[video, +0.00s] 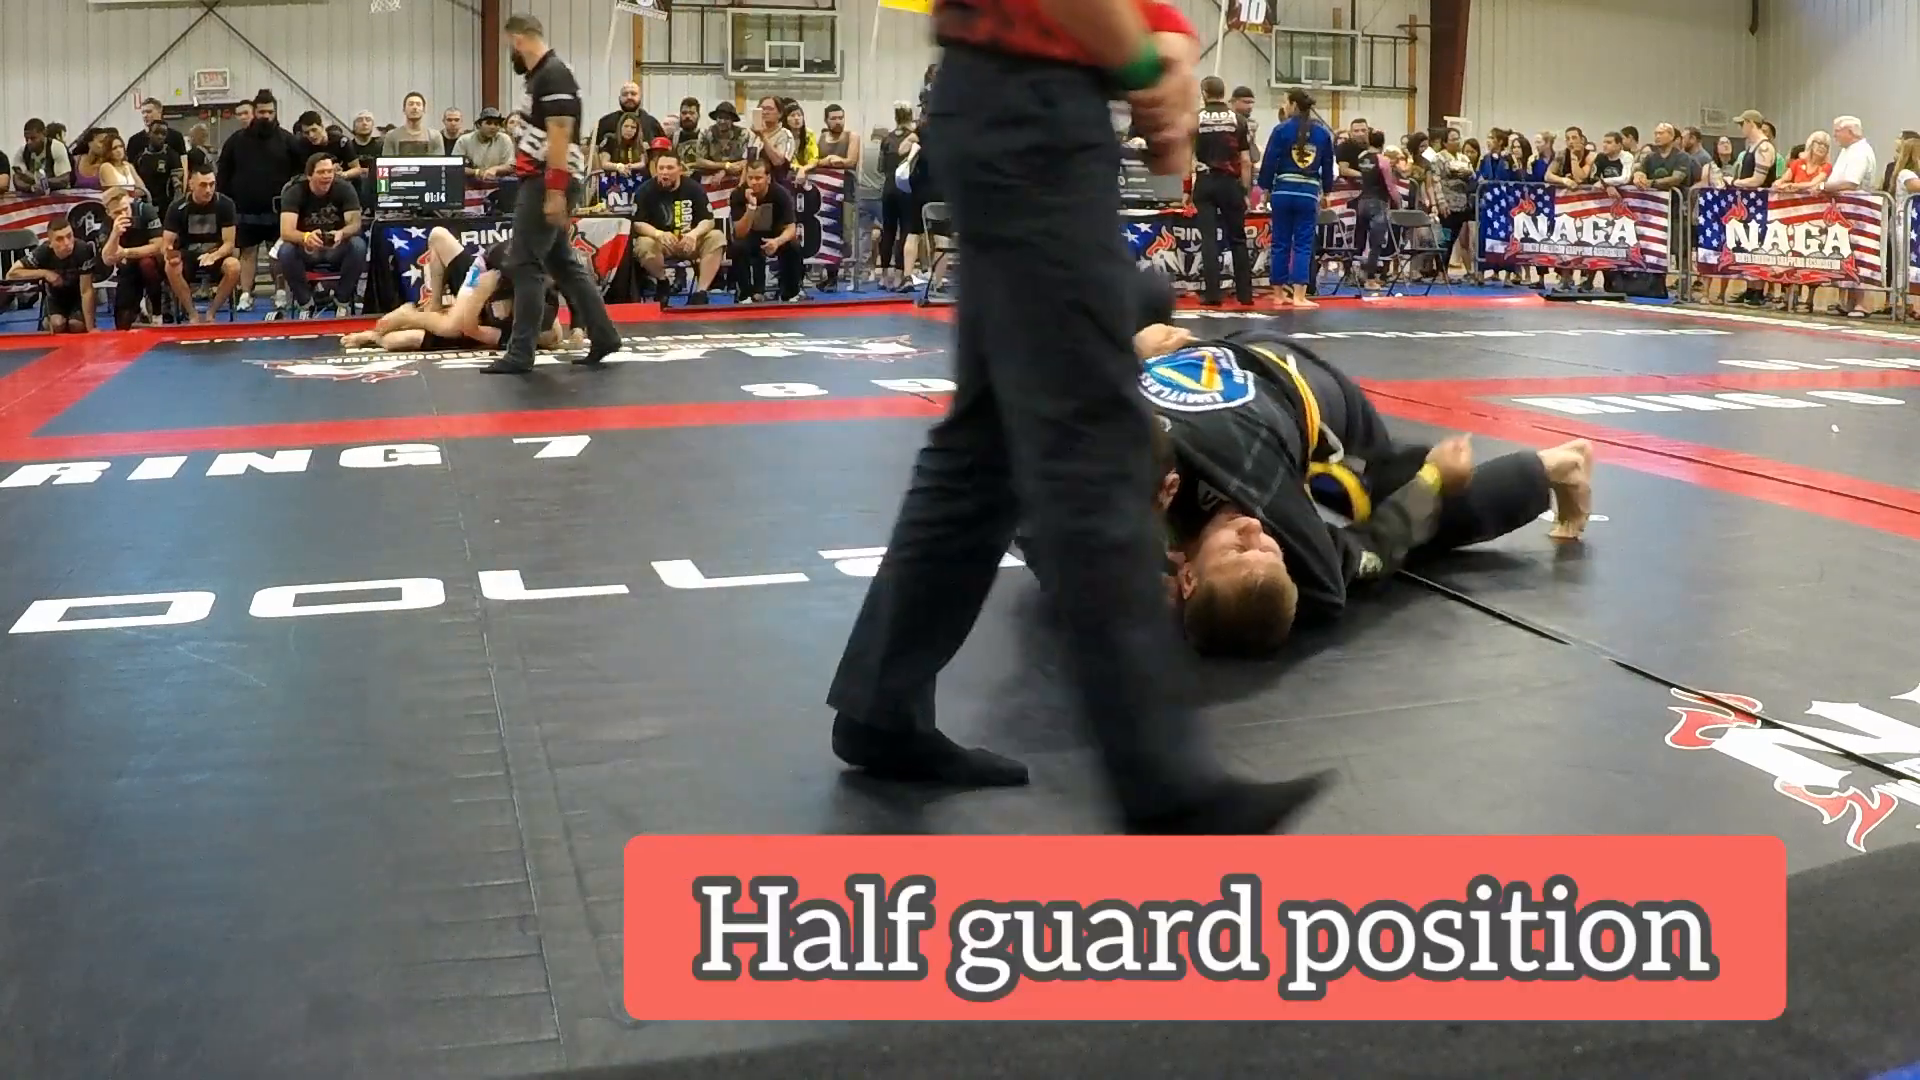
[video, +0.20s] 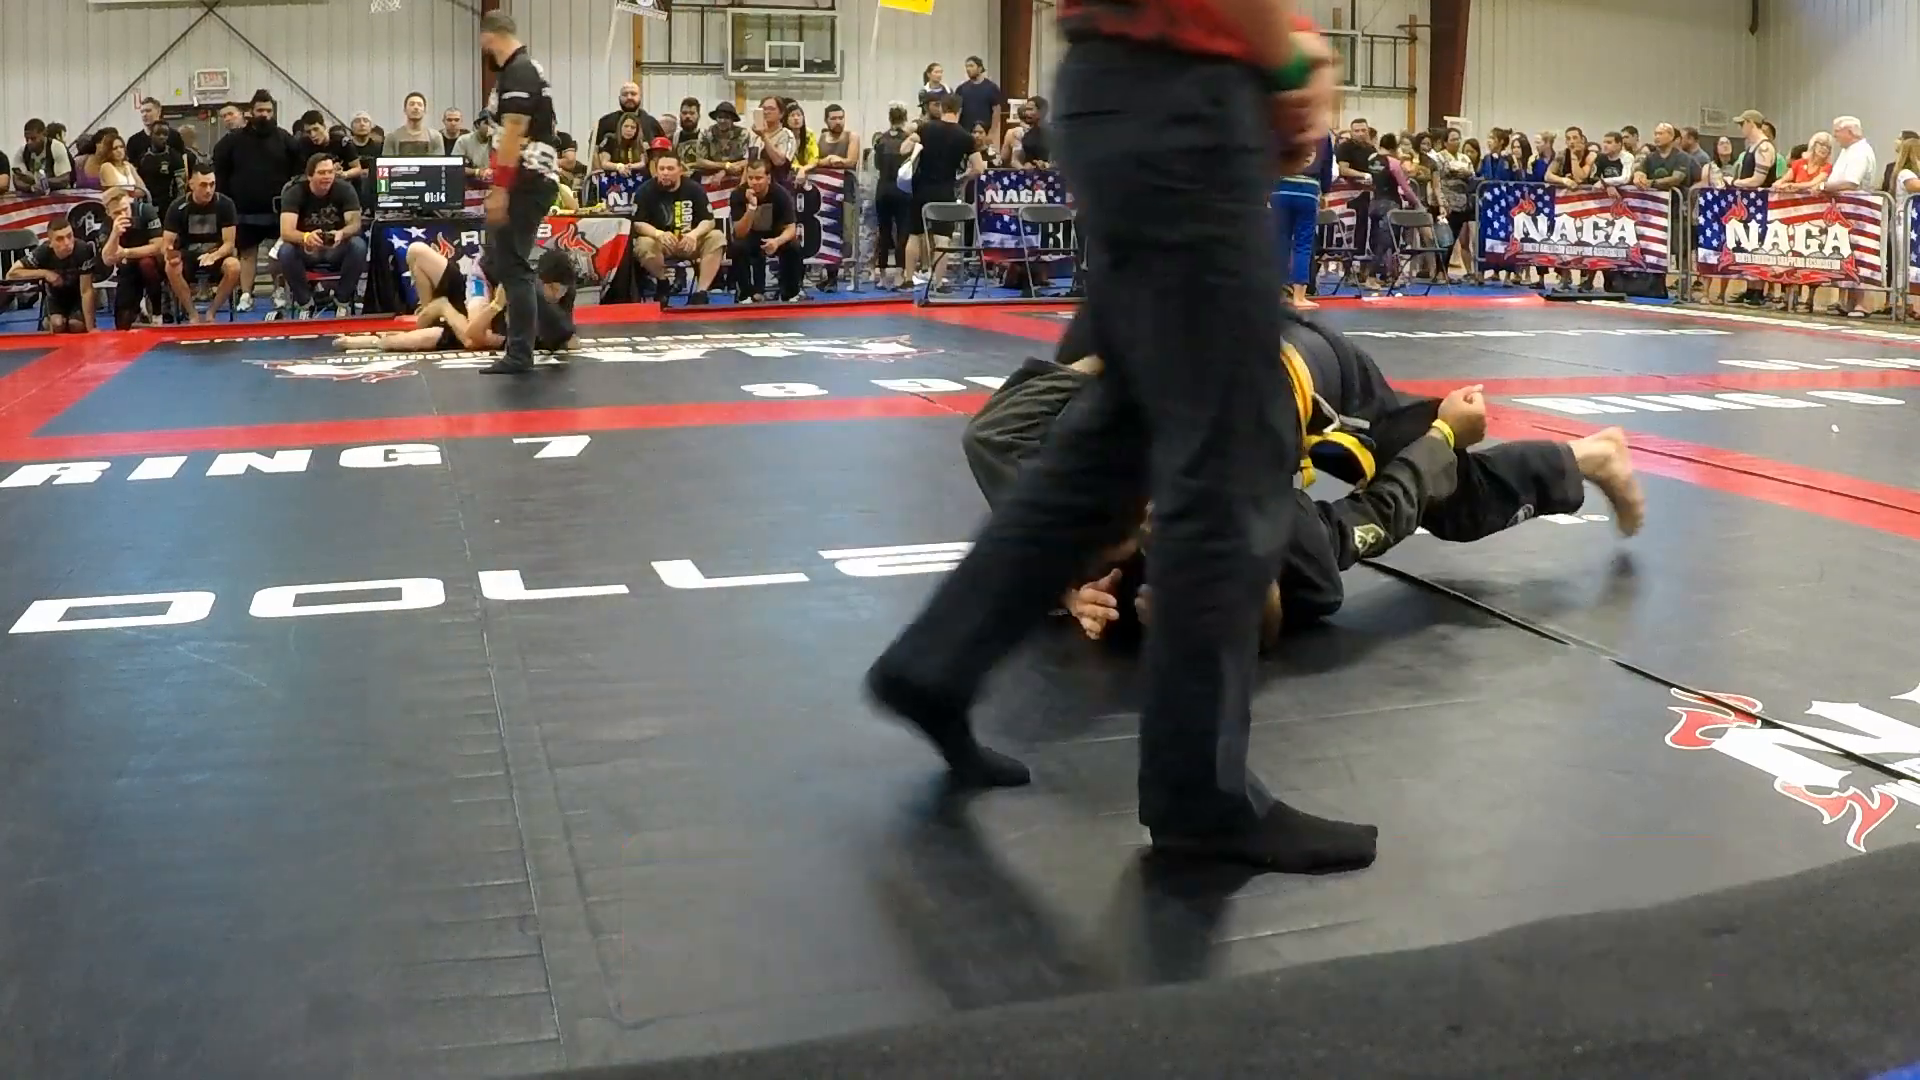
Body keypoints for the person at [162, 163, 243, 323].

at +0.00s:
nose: (208, 190)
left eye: (211, 185)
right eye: (203, 185)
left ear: (215, 183)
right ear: (191, 184)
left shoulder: (225, 204)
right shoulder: (177, 207)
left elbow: (229, 243)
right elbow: (167, 242)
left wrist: (214, 255)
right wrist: (171, 256)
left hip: (215, 253)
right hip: (188, 255)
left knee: (234, 266)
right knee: (171, 268)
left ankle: (211, 313)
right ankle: (193, 315)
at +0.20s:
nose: (208, 190)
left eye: (211, 185)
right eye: (203, 185)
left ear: (215, 183)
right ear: (191, 184)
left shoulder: (225, 204)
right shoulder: (178, 207)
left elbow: (229, 243)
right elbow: (167, 243)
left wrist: (215, 255)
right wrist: (172, 257)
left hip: (216, 252)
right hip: (188, 253)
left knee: (234, 267)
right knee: (172, 268)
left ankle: (211, 312)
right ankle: (193, 315)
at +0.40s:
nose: (208, 190)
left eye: (212, 184)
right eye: (203, 185)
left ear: (216, 183)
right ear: (190, 184)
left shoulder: (225, 204)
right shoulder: (177, 207)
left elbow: (229, 243)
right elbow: (167, 243)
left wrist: (214, 255)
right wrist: (171, 257)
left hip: (216, 252)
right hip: (188, 253)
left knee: (234, 266)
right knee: (172, 268)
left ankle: (211, 313)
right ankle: (193, 315)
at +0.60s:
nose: (208, 190)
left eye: (211, 184)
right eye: (203, 185)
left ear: (216, 184)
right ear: (192, 184)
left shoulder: (224, 204)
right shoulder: (178, 207)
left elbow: (229, 243)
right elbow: (167, 243)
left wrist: (213, 257)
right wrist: (172, 257)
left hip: (215, 252)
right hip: (187, 253)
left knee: (234, 266)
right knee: (171, 268)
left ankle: (211, 313)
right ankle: (193, 315)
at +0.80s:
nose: (208, 190)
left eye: (211, 184)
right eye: (203, 185)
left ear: (216, 184)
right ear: (191, 184)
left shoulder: (224, 204)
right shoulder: (177, 207)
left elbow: (228, 243)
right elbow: (169, 240)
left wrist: (212, 259)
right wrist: (172, 256)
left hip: (215, 251)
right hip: (187, 252)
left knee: (234, 267)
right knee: (171, 268)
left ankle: (211, 313)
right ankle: (193, 315)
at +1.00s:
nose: (206, 190)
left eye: (210, 185)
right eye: (201, 185)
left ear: (214, 183)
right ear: (191, 184)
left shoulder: (224, 204)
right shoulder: (177, 206)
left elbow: (227, 243)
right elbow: (170, 243)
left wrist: (210, 259)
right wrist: (182, 252)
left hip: (215, 254)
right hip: (189, 256)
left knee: (233, 266)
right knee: (171, 265)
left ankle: (211, 313)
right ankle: (193, 315)